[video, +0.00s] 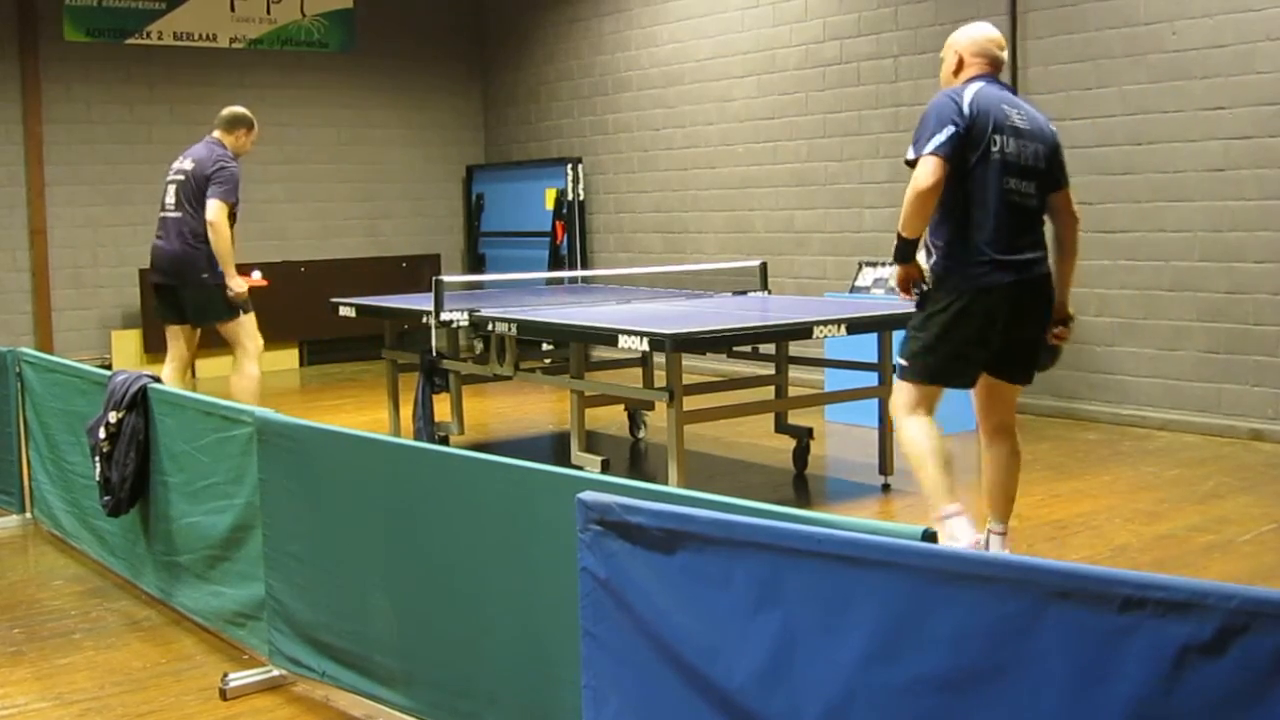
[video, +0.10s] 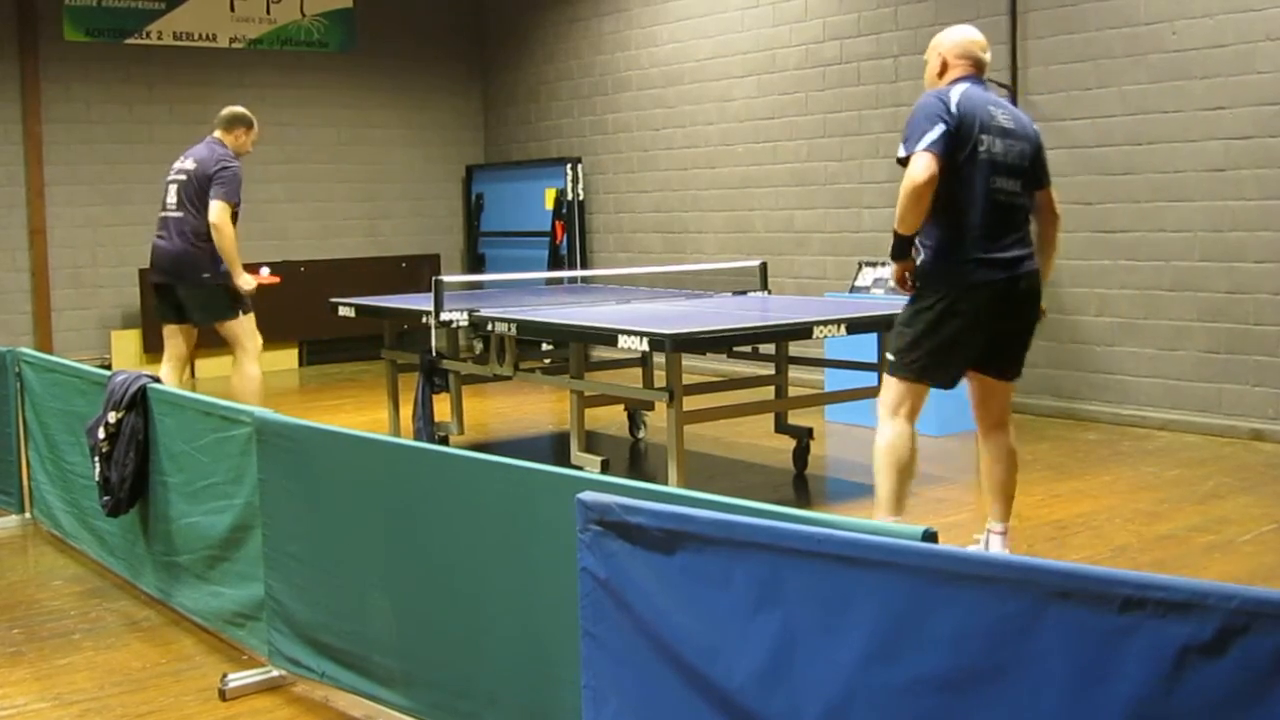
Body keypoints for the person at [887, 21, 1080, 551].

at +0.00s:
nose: (940, 74)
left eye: (943, 64)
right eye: (941, 66)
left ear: (957, 61)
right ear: (1002, 66)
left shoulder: (953, 102)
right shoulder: (1040, 124)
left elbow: (929, 181)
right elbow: (1067, 219)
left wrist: (905, 255)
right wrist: (1061, 299)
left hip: (964, 289)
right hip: (1029, 293)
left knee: (908, 407)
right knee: (998, 417)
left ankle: (952, 525)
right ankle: (995, 542)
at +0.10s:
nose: (926, 76)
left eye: (928, 66)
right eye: (927, 67)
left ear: (942, 62)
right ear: (984, 66)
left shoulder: (940, 102)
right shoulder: (1024, 122)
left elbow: (922, 175)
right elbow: (1048, 214)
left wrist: (901, 251)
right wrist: (1036, 280)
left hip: (951, 286)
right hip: (1016, 288)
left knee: (897, 409)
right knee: (995, 421)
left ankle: (885, 535)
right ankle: (998, 541)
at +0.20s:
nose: (909, 79)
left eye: (911, 70)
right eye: (911, 71)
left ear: (926, 67)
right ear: (964, 69)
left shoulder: (919, 107)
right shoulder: (1005, 121)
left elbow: (906, 179)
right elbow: (1029, 212)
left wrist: (888, 254)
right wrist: (1008, 266)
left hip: (938, 287)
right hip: (1003, 288)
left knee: (885, 415)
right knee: (983, 420)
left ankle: (845, 529)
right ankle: (994, 538)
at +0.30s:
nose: (888, 85)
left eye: (890, 77)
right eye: (889, 78)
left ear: (903, 75)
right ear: (944, 76)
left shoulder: (898, 116)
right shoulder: (986, 126)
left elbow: (875, 186)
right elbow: (1012, 213)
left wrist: (867, 254)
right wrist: (987, 264)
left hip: (921, 293)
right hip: (987, 292)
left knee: (870, 418)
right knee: (968, 422)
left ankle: (836, 533)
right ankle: (992, 538)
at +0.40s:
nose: (862, 94)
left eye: (864, 86)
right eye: (865, 87)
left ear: (877, 86)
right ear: (917, 87)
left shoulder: (864, 128)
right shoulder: (960, 131)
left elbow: (830, 199)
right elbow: (997, 215)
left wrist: (842, 261)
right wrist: (965, 264)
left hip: (900, 293)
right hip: (968, 292)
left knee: (852, 414)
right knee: (948, 409)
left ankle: (826, 531)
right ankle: (987, 511)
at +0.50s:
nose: (838, 109)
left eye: (840, 102)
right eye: (841, 102)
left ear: (850, 100)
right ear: (893, 98)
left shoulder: (838, 139)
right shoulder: (939, 136)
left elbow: (795, 212)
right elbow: (986, 214)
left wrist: (822, 271)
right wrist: (953, 263)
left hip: (886, 295)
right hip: (955, 291)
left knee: (839, 416)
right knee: (948, 393)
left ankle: (826, 532)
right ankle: (984, 505)